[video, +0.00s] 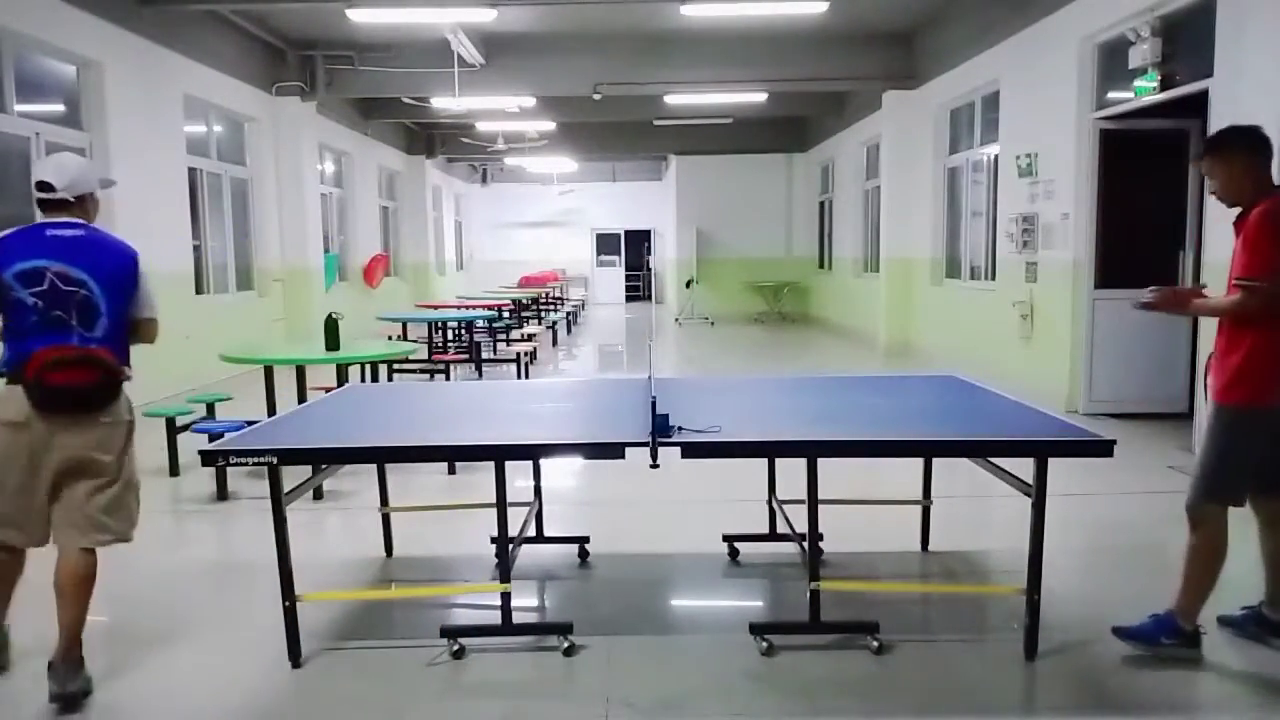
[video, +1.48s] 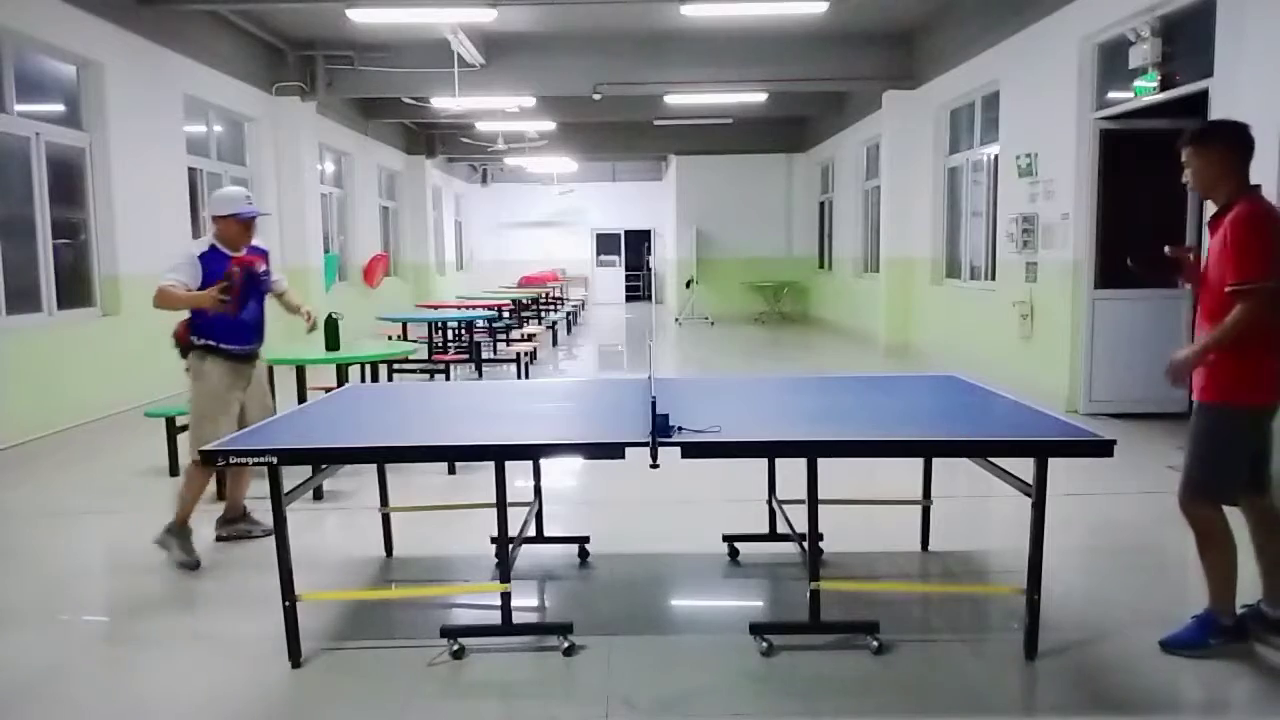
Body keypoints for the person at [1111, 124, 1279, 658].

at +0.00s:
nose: (1210, 187)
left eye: (1215, 174)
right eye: (1208, 176)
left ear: (1247, 167)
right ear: (1249, 170)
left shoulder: (1265, 220)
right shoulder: (1257, 218)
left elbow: (1254, 301)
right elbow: (1251, 299)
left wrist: (1190, 302)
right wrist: (1198, 298)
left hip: (1247, 395)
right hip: (1260, 393)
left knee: (1205, 507)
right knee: (1269, 502)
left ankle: (1182, 621)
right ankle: (1275, 610)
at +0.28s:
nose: (1229, 182)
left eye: (1234, 170)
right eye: (1227, 172)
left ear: (1265, 165)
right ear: (1263, 169)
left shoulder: (1272, 220)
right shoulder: (1269, 219)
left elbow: (1258, 301)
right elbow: (1258, 298)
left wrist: (1204, 318)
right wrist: (1211, 311)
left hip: (1255, 394)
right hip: (1263, 392)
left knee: (1216, 504)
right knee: (1274, 501)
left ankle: (1194, 618)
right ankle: (1275, 609)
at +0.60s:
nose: (1233, 180)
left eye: (1239, 168)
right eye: (1231, 170)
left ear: (1269, 164)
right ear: (1268, 167)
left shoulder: (1270, 219)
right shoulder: (1274, 218)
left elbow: (1254, 301)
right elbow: (1261, 301)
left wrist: (1207, 328)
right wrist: (1222, 334)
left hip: (1255, 390)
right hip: (1270, 389)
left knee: (1217, 498)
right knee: (1274, 495)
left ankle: (1213, 619)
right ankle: (1276, 607)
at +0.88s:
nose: (1232, 172)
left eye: (1237, 162)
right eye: (1231, 162)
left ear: (1264, 161)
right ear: (1268, 162)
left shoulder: (1259, 217)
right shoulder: (1271, 212)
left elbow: (1215, 289)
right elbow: (1253, 270)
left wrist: (1187, 253)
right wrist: (1215, 231)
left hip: (1250, 383)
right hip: (1274, 382)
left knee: (1210, 494)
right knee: (1274, 490)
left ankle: (1220, 616)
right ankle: (1276, 606)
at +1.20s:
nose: (1212, 175)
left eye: (1217, 165)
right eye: (1211, 165)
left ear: (1243, 163)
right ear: (1257, 163)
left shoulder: (1243, 216)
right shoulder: (1275, 208)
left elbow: (1236, 297)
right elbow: (1252, 293)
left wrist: (1182, 320)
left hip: (1241, 387)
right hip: (1275, 386)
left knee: (1201, 497)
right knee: (1271, 497)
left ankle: (1221, 617)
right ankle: (1275, 606)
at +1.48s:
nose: (1188, 178)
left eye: (1194, 167)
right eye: (1187, 168)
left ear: (1226, 164)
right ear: (1221, 167)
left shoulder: (1248, 220)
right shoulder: (1232, 217)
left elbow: (1254, 305)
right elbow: (1232, 292)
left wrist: (1195, 352)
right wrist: (1195, 274)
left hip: (1232, 391)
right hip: (1242, 389)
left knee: (1198, 498)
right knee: (1255, 497)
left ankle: (1222, 616)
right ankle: (1272, 604)